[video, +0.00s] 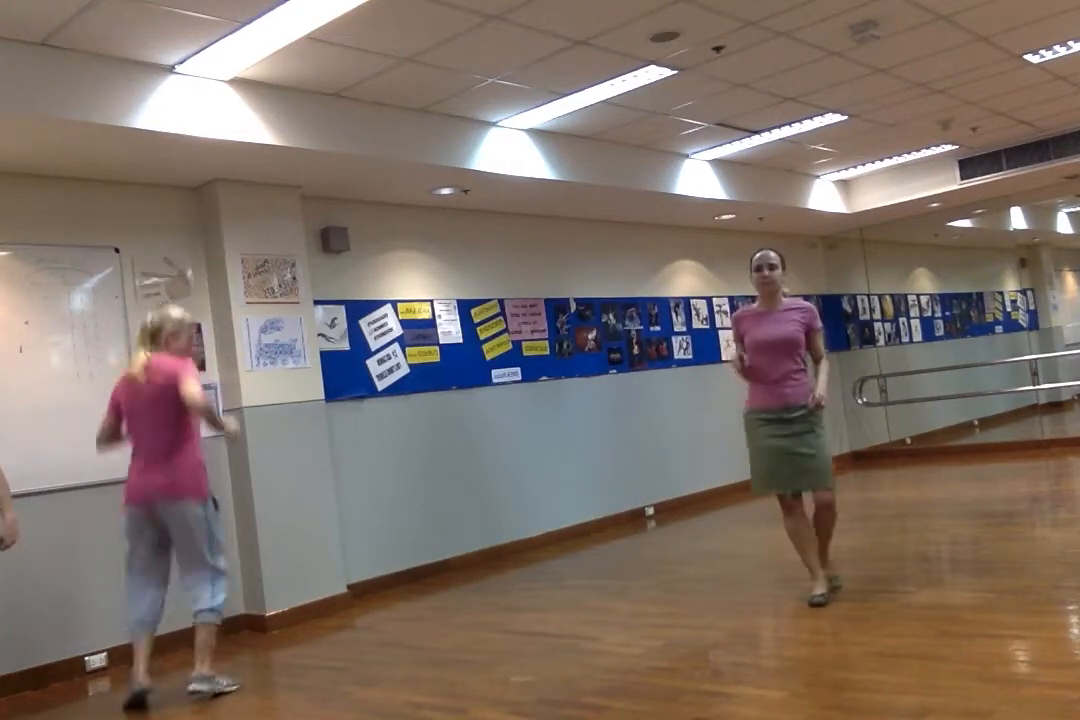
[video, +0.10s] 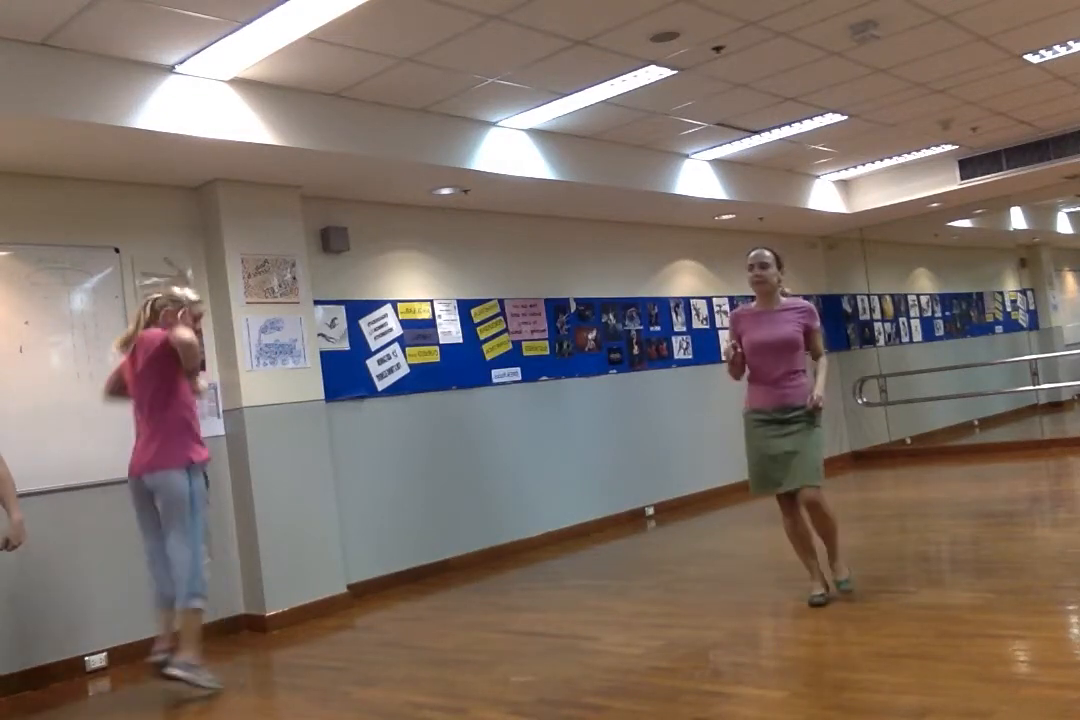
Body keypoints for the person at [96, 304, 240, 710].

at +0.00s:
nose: (192, 342)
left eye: (192, 335)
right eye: (188, 335)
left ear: (152, 336)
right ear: (170, 335)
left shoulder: (127, 378)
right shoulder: (180, 365)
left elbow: (106, 439)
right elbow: (193, 399)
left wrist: (139, 428)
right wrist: (221, 424)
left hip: (140, 489)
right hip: (183, 487)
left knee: (145, 578)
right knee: (205, 574)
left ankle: (139, 678)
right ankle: (203, 673)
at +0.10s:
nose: (196, 325)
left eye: (198, 320)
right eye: (194, 319)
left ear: (154, 315)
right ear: (173, 314)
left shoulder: (137, 345)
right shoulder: (169, 338)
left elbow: (112, 388)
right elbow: (184, 340)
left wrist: (154, 392)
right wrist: (194, 370)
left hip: (143, 464)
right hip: (175, 462)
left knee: (159, 554)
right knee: (187, 549)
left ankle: (165, 642)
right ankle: (187, 656)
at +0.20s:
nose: (198, 326)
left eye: (199, 318)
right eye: (194, 318)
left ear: (161, 315)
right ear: (174, 314)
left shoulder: (148, 344)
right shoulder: (161, 337)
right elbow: (179, 332)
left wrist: (194, 365)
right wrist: (190, 361)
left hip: (152, 464)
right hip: (176, 463)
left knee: (205, 543)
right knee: (176, 558)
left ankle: (225, 631)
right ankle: (146, 658)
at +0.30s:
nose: (200, 339)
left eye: (201, 333)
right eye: (194, 332)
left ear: (174, 332)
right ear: (173, 332)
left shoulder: (168, 360)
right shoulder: (171, 362)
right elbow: (172, 383)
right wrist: (198, 396)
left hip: (182, 488)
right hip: (177, 490)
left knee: (227, 568)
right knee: (164, 587)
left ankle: (263, 652)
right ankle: (121, 681)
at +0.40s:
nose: (198, 357)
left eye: (201, 351)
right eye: (189, 351)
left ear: (204, 356)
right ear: (172, 356)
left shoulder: (198, 399)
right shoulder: (167, 393)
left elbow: (235, 428)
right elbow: (137, 413)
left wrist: (236, 402)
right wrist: (171, 441)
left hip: (202, 516)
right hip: (181, 518)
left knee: (245, 574)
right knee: (167, 608)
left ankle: (265, 656)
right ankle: (116, 687)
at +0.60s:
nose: (196, 321)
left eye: (200, 314)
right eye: (187, 316)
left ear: (208, 318)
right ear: (172, 322)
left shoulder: (221, 358)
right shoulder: (160, 365)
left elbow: (253, 397)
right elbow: (121, 410)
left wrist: (270, 392)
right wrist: (161, 402)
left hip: (235, 474)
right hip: (191, 481)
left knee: (259, 545)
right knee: (188, 560)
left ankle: (256, 639)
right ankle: (147, 651)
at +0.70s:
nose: (198, 321)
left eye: (203, 315)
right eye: (190, 317)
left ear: (211, 319)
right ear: (176, 323)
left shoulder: (229, 357)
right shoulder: (163, 364)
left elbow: (266, 387)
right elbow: (137, 421)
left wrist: (295, 418)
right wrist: (161, 393)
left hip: (242, 475)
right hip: (193, 482)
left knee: (264, 552)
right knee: (191, 565)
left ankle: (279, 636)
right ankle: (194, 652)